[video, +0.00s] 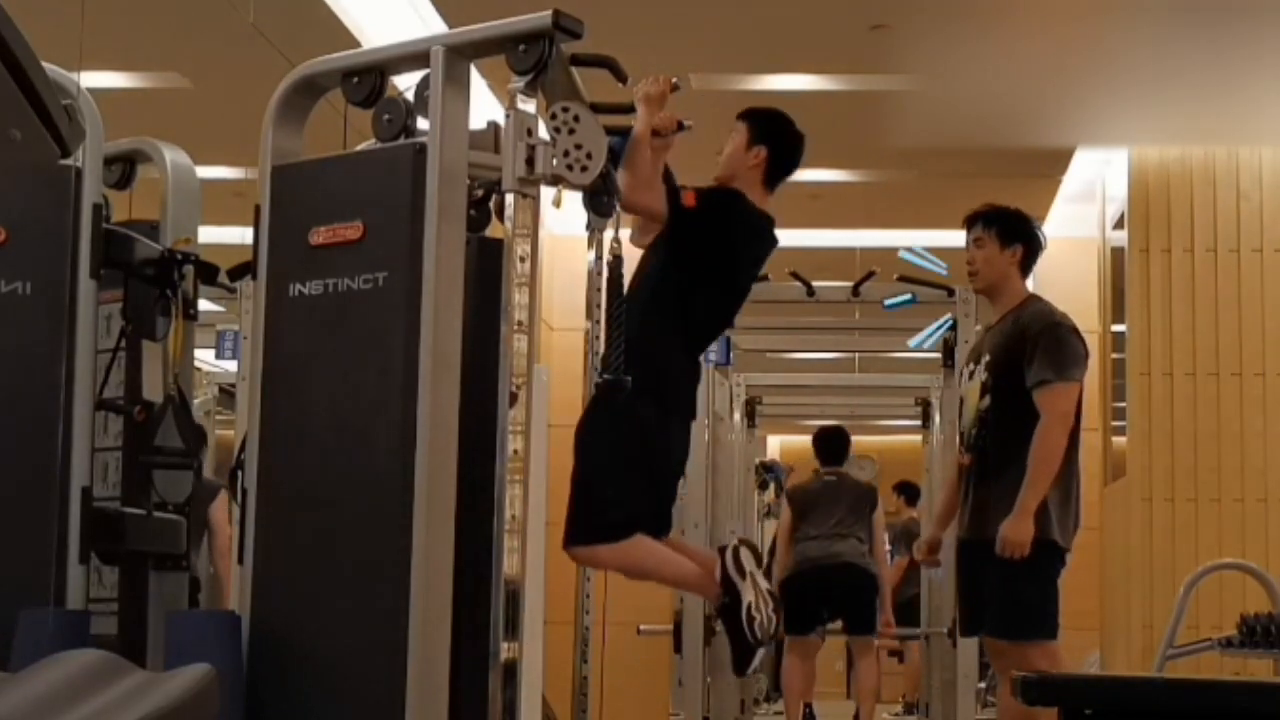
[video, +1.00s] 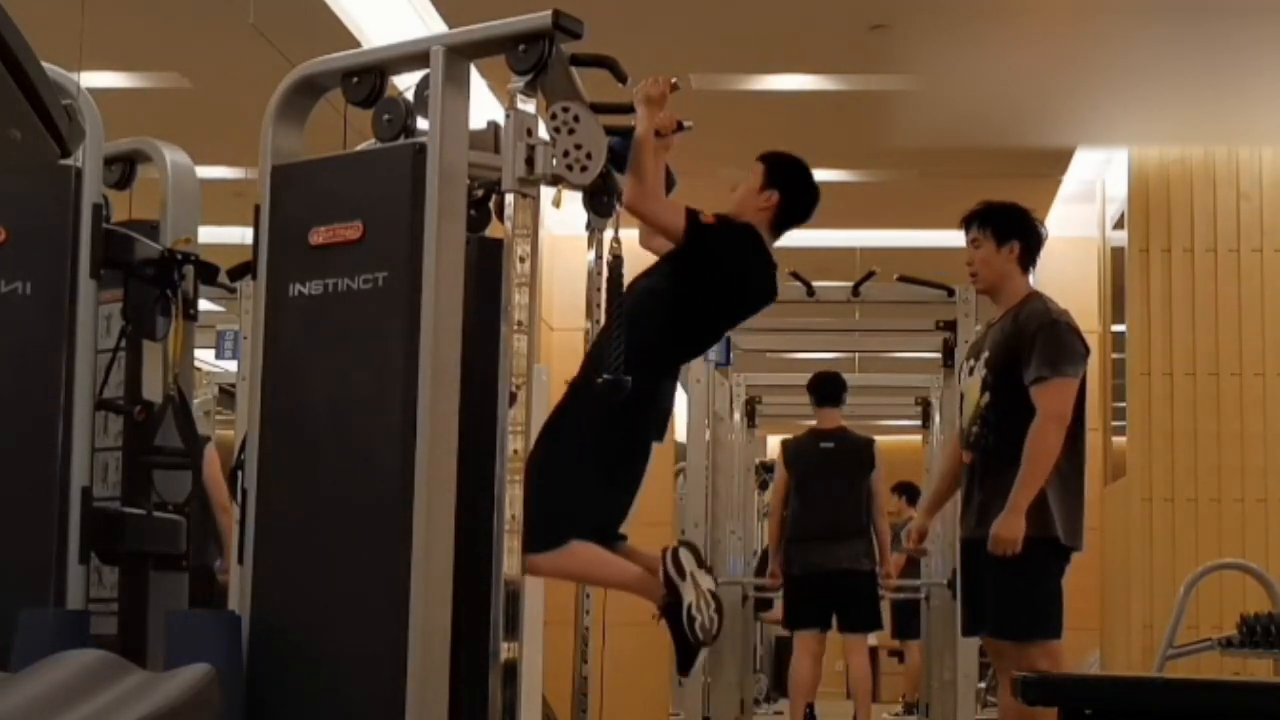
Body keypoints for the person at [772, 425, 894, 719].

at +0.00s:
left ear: (815, 454)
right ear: (848, 453)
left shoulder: (795, 494)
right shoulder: (868, 493)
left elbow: (782, 555)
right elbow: (880, 557)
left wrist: (779, 599)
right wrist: (886, 609)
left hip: (804, 581)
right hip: (855, 581)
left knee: (797, 652)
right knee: (865, 652)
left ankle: (794, 716)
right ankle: (865, 715)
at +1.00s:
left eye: (814, 398)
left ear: (811, 400)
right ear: (844, 399)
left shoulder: (791, 449)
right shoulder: (866, 447)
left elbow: (776, 508)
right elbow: (879, 511)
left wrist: (773, 558)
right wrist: (886, 559)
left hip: (806, 566)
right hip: (854, 565)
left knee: (805, 648)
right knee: (857, 649)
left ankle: (798, 716)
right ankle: (863, 714)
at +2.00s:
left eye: (814, 461)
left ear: (813, 464)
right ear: (847, 464)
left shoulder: (794, 503)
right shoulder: (867, 502)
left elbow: (780, 564)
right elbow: (882, 564)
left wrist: (775, 613)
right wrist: (887, 618)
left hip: (806, 585)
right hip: (858, 584)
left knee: (801, 653)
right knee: (865, 653)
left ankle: (798, 715)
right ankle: (865, 715)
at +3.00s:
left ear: (818, 428)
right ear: (850, 428)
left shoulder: (796, 473)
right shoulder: (871, 472)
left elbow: (782, 535)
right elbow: (882, 534)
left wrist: (774, 586)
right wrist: (889, 587)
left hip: (806, 574)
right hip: (856, 573)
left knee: (802, 649)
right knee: (862, 649)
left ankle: (796, 715)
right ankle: (865, 714)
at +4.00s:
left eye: (814, 396)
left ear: (811, 399)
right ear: (845, 398)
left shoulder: (790, 448)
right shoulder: (866, 447)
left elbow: (771, 509)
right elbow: (884, 510)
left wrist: (772, 559)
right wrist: (888, 560)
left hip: (806, 567)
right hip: (855, 566)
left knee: (805, 649)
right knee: (858, 650)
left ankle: (797, 716)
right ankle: (863, 715)